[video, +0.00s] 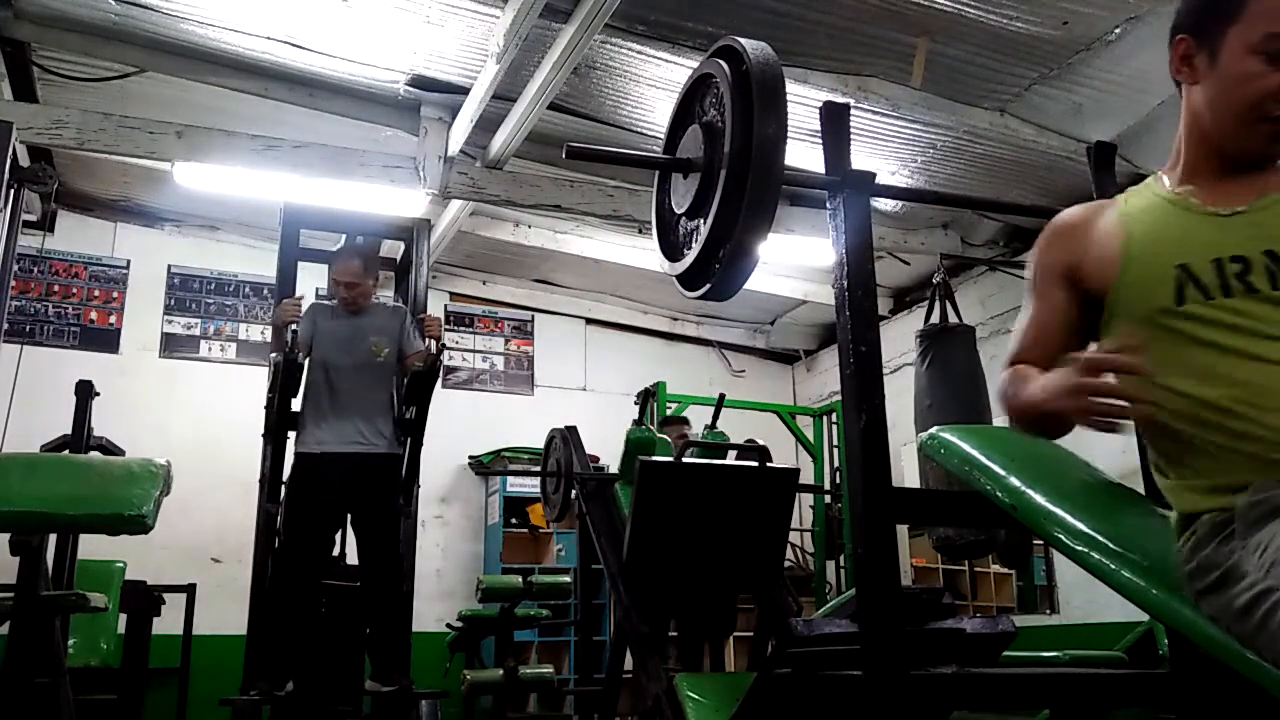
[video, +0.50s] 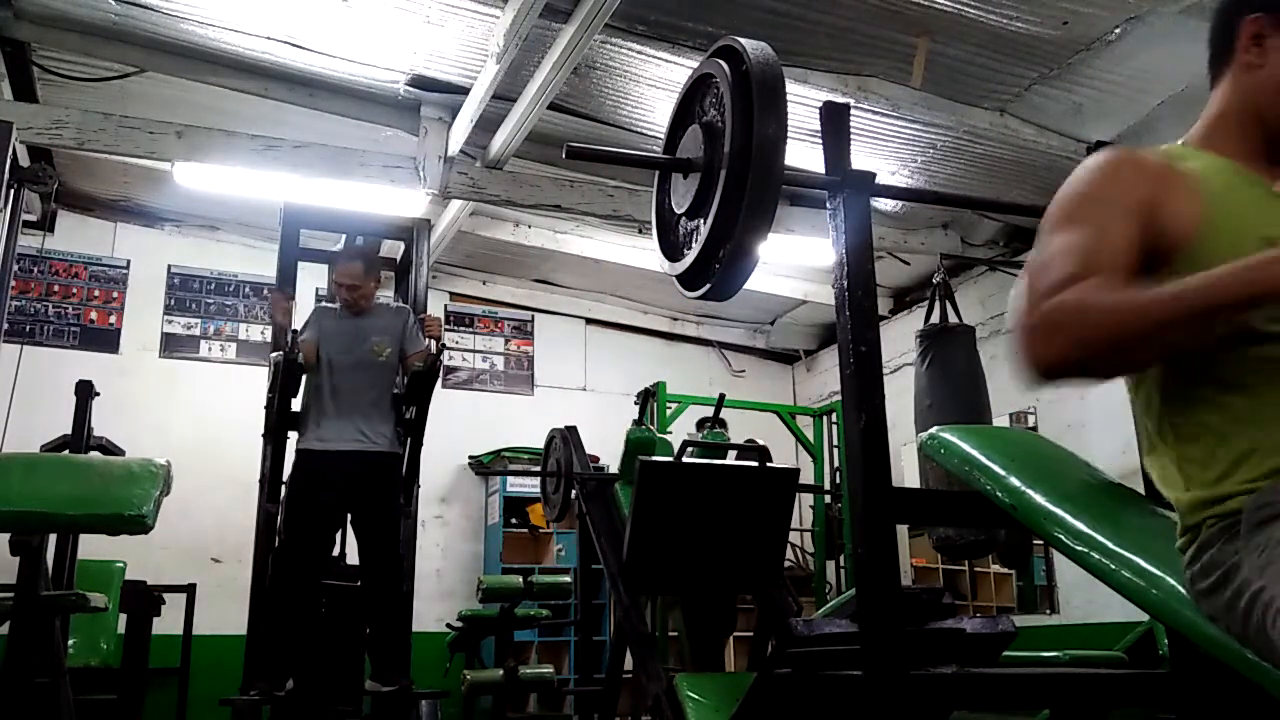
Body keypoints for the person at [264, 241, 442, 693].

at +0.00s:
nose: (345, 294)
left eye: (354, 287)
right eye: (339, 285)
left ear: (375, 282)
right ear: (330, 278)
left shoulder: (395, 317)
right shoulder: (316, 316)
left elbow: (415, 372)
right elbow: (288, 355)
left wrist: (429, 349)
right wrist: (280, 327)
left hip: (376, 456)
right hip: (317, 455)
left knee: (383, 570)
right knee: (297, 565)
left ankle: (386, 671)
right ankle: (281, 672)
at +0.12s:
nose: (344, 296)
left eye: (352, 288)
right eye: (337, 287)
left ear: (374, 283)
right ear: (330, 280)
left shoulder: (398, 317)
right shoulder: (320, 314)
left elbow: (418, 376)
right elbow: (287, 350)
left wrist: (431, 349)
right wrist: (278, 318)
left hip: (376, 456)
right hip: (317, 454)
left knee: (383, 571)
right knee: (296, 566)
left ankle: (387, 672)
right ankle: (279, 672)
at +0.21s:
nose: (342, 296)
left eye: (351, 289)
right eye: (336, 288)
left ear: (373, 283)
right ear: (331, 280)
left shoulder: (399, 316)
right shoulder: (322, 312)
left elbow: (418, 375)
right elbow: (286, 347)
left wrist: (433, 345)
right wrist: (276, 305)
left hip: (376, 456)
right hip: (318, 453)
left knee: (383, 570)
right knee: (297, 564)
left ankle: (387, 672)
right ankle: (278, 672)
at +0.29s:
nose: (342, 296)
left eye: (350, 288)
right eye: (336, 287)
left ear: (374, 282)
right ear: (331, 281)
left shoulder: (400, 316)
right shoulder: (324, 311)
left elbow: (418, 376)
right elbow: (285, 347)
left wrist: (434, 346)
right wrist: (278, 304)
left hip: (377, 455)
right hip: (319, 452)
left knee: (383, 569)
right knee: (296, 563)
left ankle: (388, 671)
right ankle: (277, 671)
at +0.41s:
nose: (343, 295)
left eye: (352, 287)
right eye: (337, 286)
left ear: (375, 282)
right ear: (332, 280)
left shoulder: (401, 317)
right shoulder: (324, 314)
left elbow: (417, 373)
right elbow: (298, 353)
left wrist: (433, 345)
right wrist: (282, 317)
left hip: (377, 455)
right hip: (319, 452)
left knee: (383, 570)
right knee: (296, 565)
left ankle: (388, 672)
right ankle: (276, 672)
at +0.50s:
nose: (346, 297)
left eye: (354, 289)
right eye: (339, 288)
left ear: (376, 283)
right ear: (332, 280)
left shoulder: (400, 318)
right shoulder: (321, 316)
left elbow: (418, 377)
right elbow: (298, 364)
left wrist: (431, 347)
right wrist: (283, 327)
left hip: (377, 457)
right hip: (318, 455)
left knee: (384, 571)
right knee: (296, 566)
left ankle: (387, 672)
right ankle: (279, 672)